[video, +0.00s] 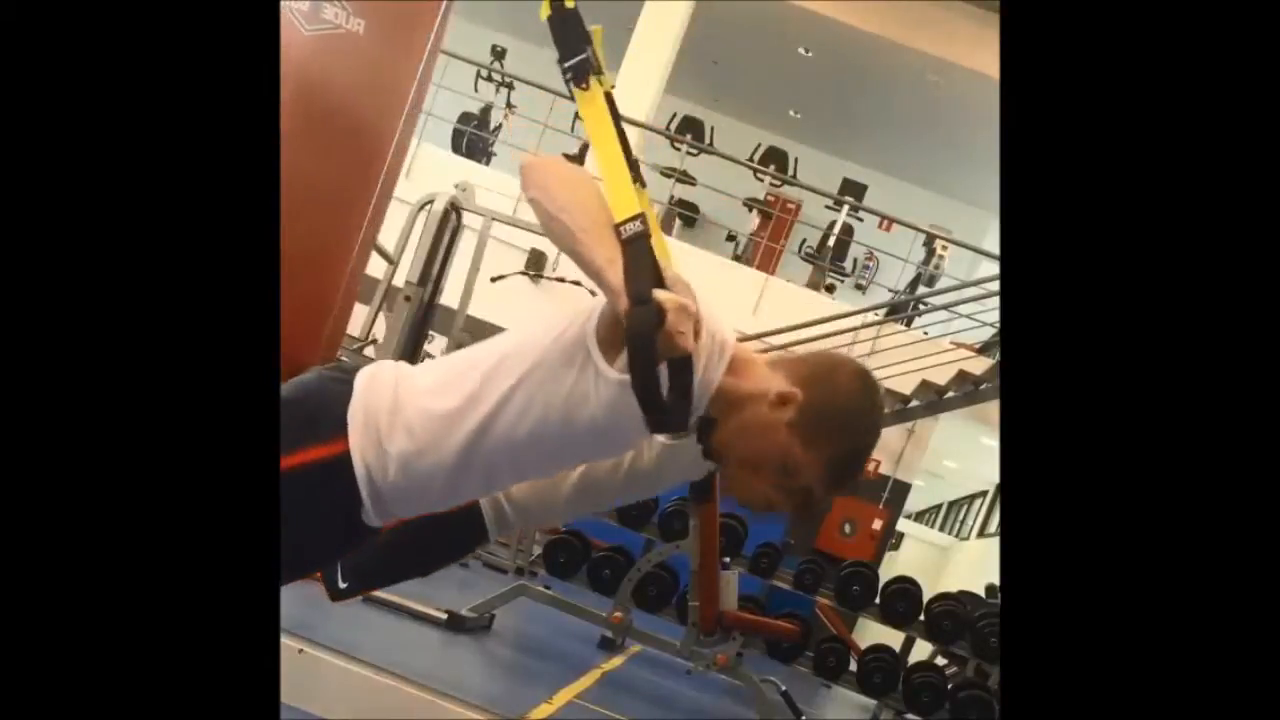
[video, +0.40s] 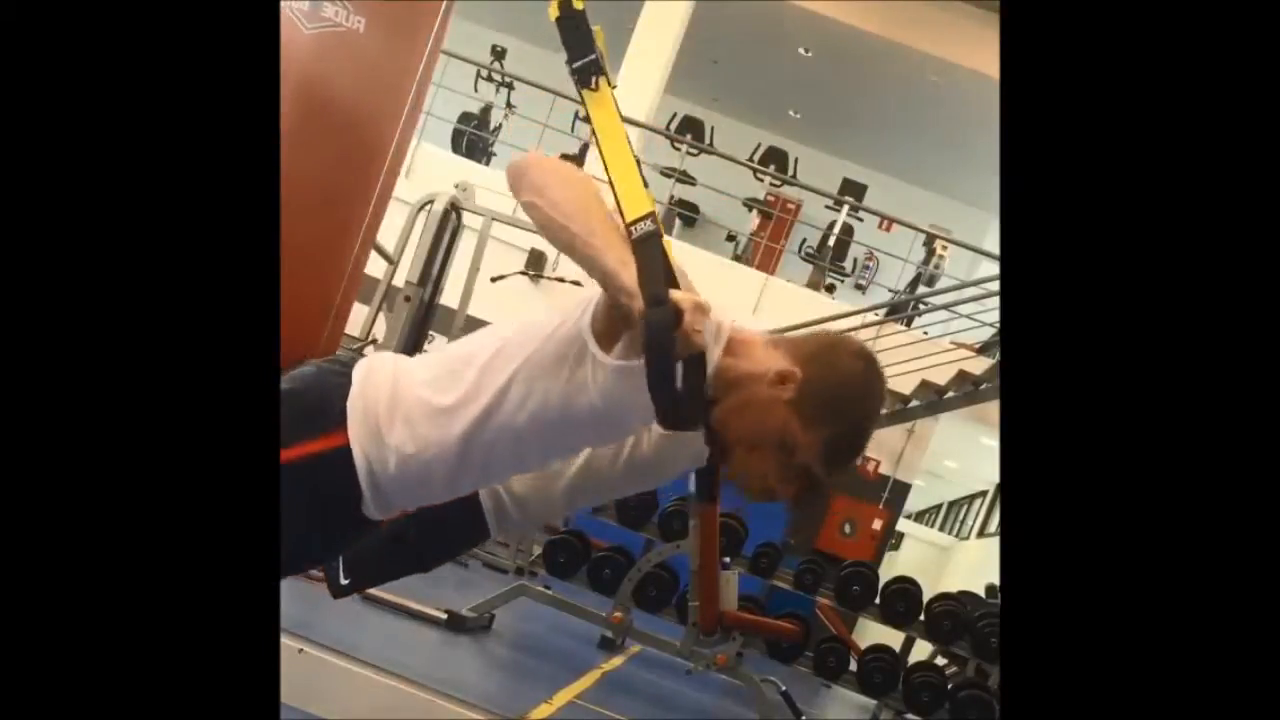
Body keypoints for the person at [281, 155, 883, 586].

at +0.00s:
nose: (760, 497)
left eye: (782, 497)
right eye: (782, 480)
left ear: (779, 398)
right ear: (781, 406)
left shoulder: (704, 425)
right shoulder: (678, 320)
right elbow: (543, 173)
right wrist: (637, 295)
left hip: (371, 496)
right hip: (337, 447)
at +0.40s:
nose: (764, 486)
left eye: (788, 481)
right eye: (787, 462)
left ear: (781, 380)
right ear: (782, 387)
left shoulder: (705, 417)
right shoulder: (679, 315)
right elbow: (533, 174)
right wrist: (642, 292)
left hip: (369, 490)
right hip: (335, 443)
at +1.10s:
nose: (689, 168)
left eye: (707, 161)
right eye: (702, 146)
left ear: (681, 71)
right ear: (683, 71)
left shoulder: (596, 139)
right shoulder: (556, 43)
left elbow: (611, 251)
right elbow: (510, 147)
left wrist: (657, 369)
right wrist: (604, 295)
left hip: (329, 321)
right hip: (289, 261)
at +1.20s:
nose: (672, 141)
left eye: (691, 135)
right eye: (685, 118)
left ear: (660, 38)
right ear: (666, 37)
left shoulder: (577, 116)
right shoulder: (542, 21)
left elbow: (601, 235)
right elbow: (519, 148)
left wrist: (644, 325)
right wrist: (612, 294)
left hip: (323, 310)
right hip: (286, 251)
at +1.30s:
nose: (669, 120)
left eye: (687, 115)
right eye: (681, 96)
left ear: (655, 20)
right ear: (658, 18)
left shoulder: (569, 90)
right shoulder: (528, 14)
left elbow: (600, 221)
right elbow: (527, 144)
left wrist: (663, 362)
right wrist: (614, 292)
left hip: (321, 301)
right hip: (286, 251)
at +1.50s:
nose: (668, 119)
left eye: (685, 113)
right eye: (681, 96)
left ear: (654, 20)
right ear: (657, 19)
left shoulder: (568, 92)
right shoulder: (525, 16)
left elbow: (608, 223)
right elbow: (525, 137)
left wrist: (665, 366)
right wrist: (608, 296)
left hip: (322, 305)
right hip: (288, 252)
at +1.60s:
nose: (675, 128)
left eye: (693, 122)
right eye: (687, 104)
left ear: (656, 30)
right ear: (661, 29)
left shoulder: (573, 107)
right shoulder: (536, 21)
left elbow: (608, 231)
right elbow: (520, 140)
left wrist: (664, 368)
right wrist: (608, 297)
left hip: (326, 310)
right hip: (289, 255)